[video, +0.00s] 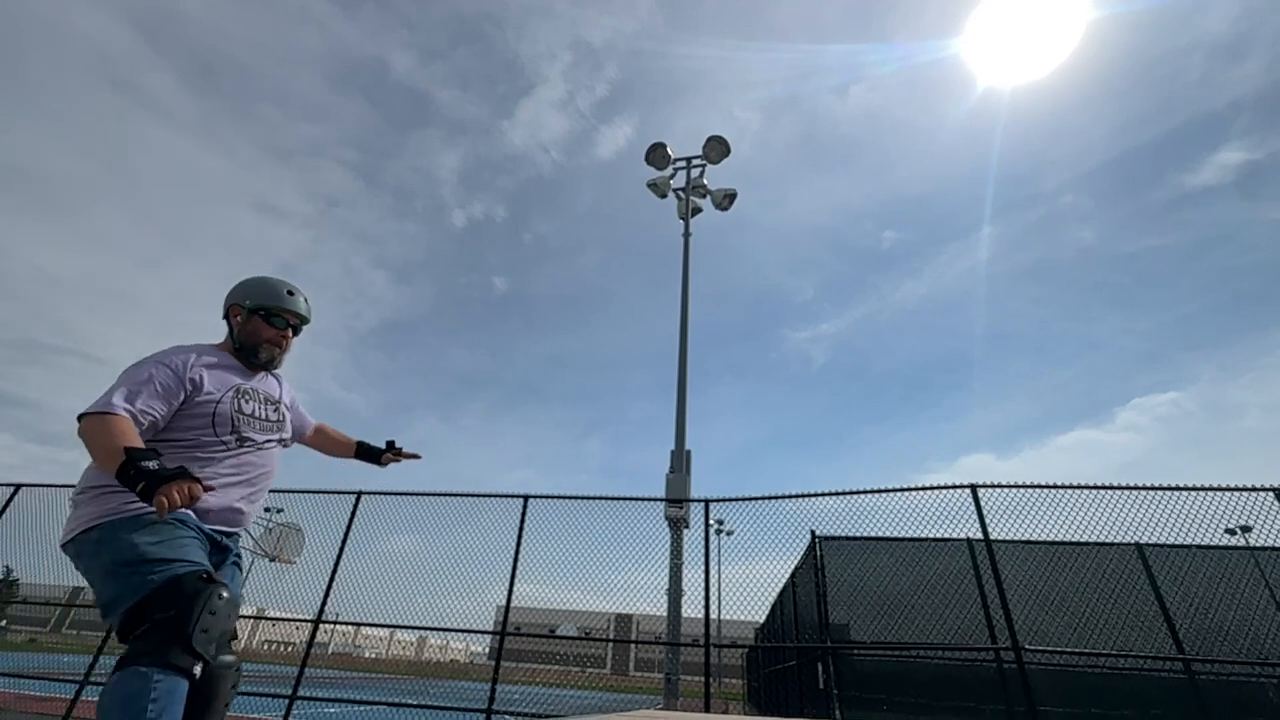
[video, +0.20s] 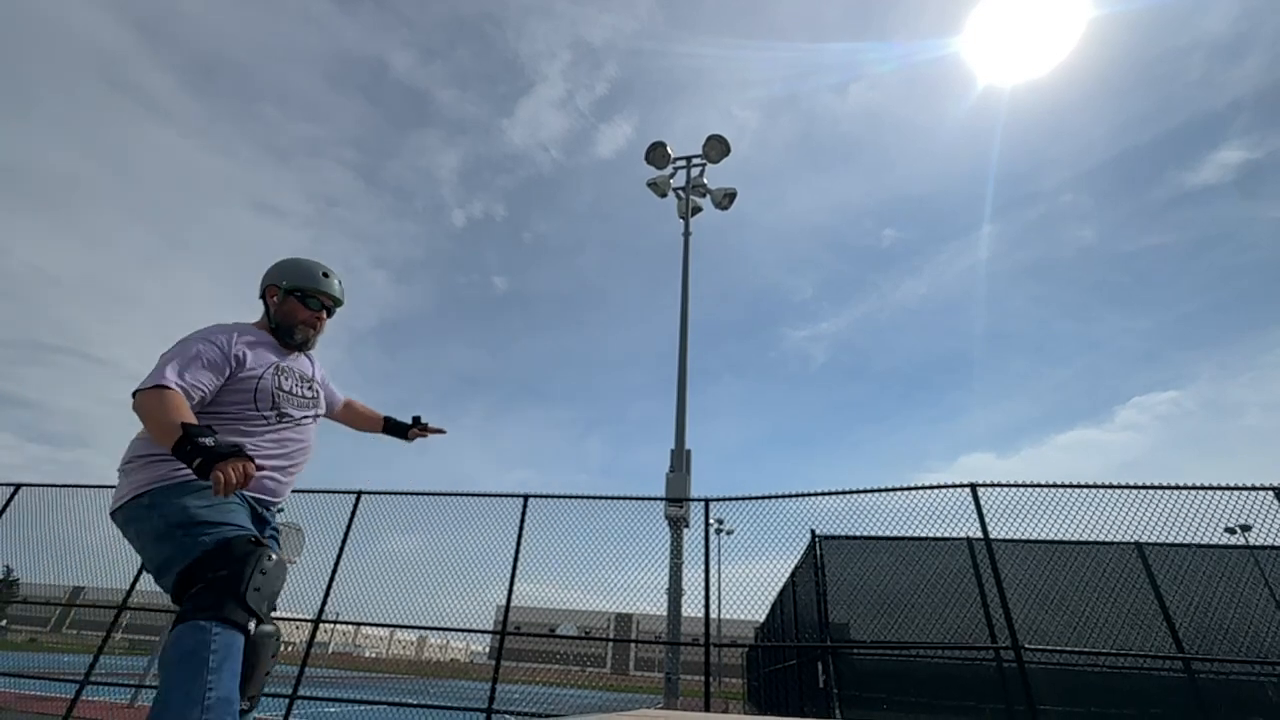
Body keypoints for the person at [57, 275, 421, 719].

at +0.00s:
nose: (286, 335)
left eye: (294, 330)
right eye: (275, 321)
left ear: (296, 339)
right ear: (237, 317)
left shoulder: (278, 393)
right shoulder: (184, 366)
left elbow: (313, 432)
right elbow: (101, 420)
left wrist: (373, 454)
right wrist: (149, 473)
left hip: (217, 538)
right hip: (136, 515)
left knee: (214, 669)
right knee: (187, 612)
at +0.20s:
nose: (319, 316)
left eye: (327, 310)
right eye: (309, 302)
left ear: (329, 319)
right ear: (273, 297)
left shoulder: (312, 373)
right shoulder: (227, 343)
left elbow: (345, 409)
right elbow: (155, 395)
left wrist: (400, 428)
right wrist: (204, 452)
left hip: (250, 509)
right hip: (175, 483)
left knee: (251, 641)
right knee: (235, 568)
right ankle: (199, 708)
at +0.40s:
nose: (352, 301)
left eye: (360, 295)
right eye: (342, 287)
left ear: (361, 304)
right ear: (308, 280)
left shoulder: (342, 354)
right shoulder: (266, 322)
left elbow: (372, 386)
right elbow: (206, 372)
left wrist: (424, 404)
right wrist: (255, 428)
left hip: (280, 477)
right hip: (215, 454)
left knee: (294, 598)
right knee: (278, 536)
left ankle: (262, 706)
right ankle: (257, 707)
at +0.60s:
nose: (384, 287)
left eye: (391, 280)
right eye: (375, 273)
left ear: (393, 289)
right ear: (341, 266)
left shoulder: (372, 338)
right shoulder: (304, 305)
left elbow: (400, 365)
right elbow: (254, 355)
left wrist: (449, 382)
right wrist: (306, 414)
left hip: (286, 449)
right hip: (246, 431)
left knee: (338, 559)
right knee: (331, 497)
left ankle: (284, 686)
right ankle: (300, 678)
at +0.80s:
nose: (413, 274)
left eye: (420, 267)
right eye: (405, 260)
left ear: (421, 273)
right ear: (372, 253)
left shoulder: (399, 321)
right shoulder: (340, 288)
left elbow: (426, 344)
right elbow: (300, 335)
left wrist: (476, 358)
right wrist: (353, 401)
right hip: (282, 408)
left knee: (388, 533)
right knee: (378, 469)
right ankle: (333, 623)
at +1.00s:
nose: (442, 262)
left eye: (449, 256)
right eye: (434, 249)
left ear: (449, 260)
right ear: (402, 240)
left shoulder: (421, 305)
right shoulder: (368, 273)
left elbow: (449, 322)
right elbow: (344, 321)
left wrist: (496, 335)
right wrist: (397, 387)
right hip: (313, 392)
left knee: (429, 510)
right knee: (427, 440)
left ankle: (299, 658)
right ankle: (365, 567)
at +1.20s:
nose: (469, 252)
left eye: (476, 246)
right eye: (461, 239)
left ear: (475, 250)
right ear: (431, 231)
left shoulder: (446, 292)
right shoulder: (403, 261)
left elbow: (475, 302)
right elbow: (388, 311)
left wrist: (521, 313)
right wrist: (436, 376)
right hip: (346, 374)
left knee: (468, 486)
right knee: (465, 423)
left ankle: (330, 596)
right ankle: (393, 511)